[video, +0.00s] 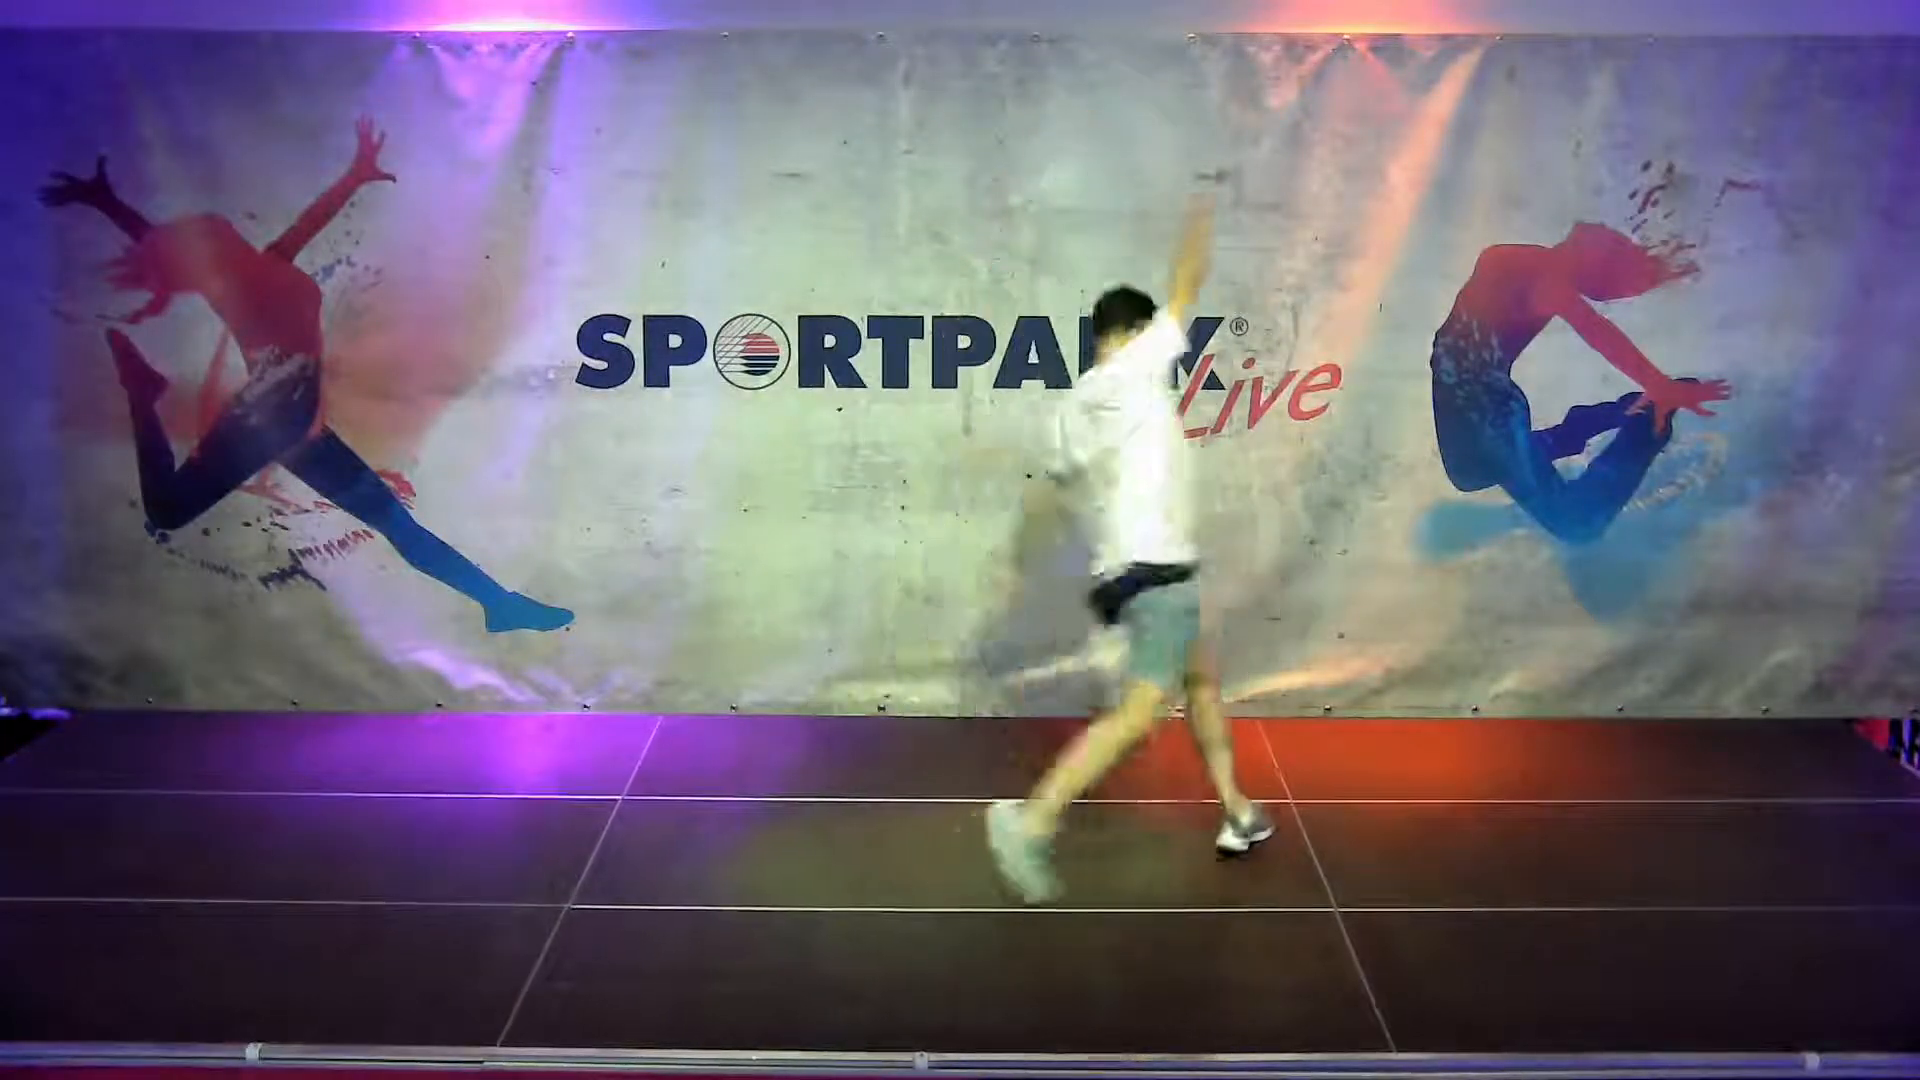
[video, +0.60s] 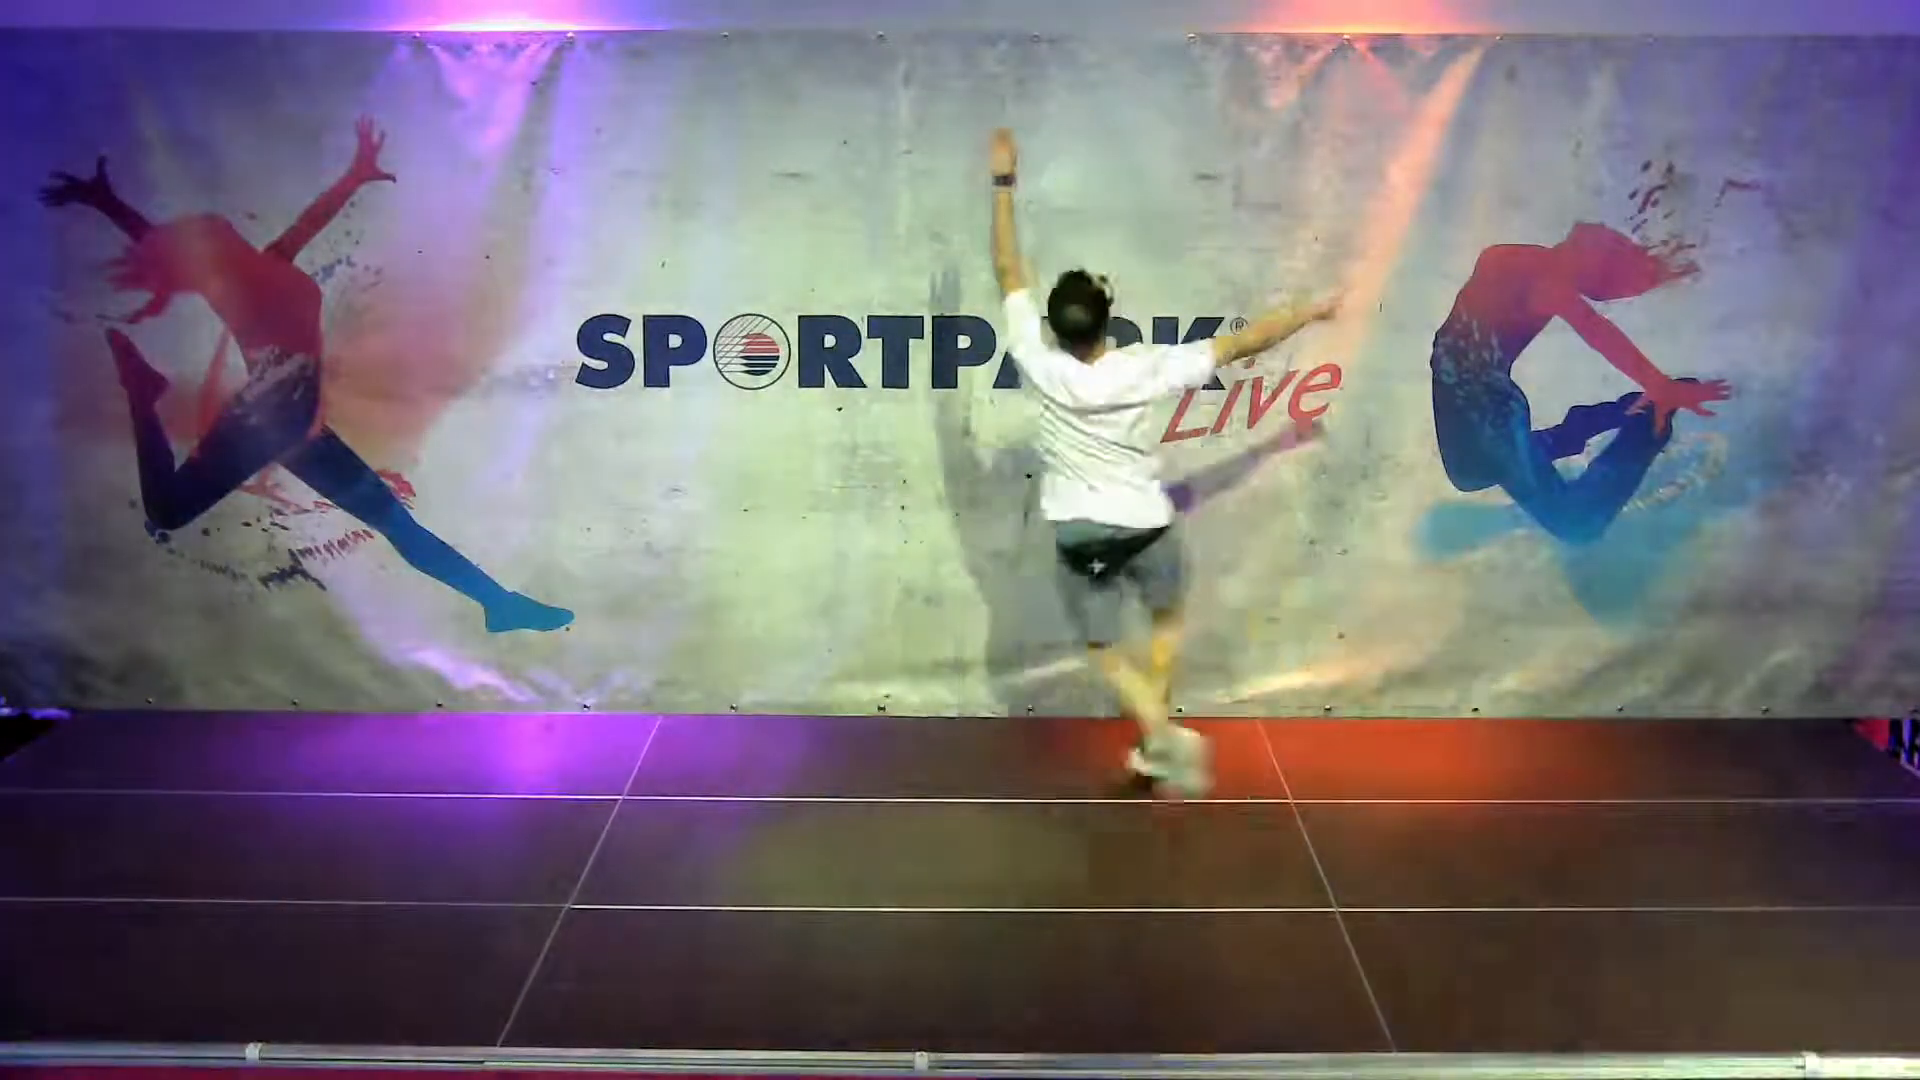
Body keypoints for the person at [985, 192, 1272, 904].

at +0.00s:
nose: (1150, 341)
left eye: (1142, 332)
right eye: (1145, 331)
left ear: (1095, 334)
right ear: (1135, 331)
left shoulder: (1071, 404)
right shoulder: (1142, 364)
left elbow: (1052, 485)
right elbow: (1185, 286)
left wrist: (1014, 563)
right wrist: (1204, 205)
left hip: (1117, 572)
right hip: (1163, 567)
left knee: (1199, 682)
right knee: (1140, 708)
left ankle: (1237, 813)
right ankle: (1029, 821)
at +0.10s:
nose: (1147, 320)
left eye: (1142, 311)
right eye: (1145, 309)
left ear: (1096, 312)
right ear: (1137, 307)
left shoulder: (1064, 373)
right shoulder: (1168, 341)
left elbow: (982, 405)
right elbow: (1227, 276)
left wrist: (906, 442)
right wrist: (1254, 217)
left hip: (1134, 549)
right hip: (1197, 537)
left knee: (1205, 676)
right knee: (1203, 672)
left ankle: (1239, 808)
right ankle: (1160, 811)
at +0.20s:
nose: (1143, 305)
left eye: (1134, 298)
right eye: (1141, 295)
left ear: (1090, 301)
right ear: (1142, 294)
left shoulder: (1061, 360)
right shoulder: (1176, 342)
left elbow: (971, 355)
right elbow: (1247, 278)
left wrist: (889, 351)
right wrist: (1293, 215)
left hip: (1141, 537)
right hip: (1203, 525)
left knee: (1194, 668)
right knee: (1240, 639)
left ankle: (1239, 800)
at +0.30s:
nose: (1106, 338)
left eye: (1096, 331)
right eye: (1120, 325)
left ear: (1083, 337)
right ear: (1143, 327)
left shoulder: (1070, 376)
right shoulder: (1187, 366)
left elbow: (1003, 303)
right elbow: (1267, 309)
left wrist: (946, 249)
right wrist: (1329, 253)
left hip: (1140, 553)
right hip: (1206, 535)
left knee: (1190, 680)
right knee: (1298, 625)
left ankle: (1251, 796)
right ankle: (1422, 707)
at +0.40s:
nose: (1136, 341)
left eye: (1111, 342)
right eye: (1134, 336)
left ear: (1083, 357)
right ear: (1139, 348)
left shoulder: (1071, 397)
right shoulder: (1178, 393)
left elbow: (1027, 297)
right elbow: (1257, 336)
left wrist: (994, 220)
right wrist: (1332, 283)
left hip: (1133, 570)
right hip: (1200, 548)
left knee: (1188, 690)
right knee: (1301, 621)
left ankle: (1254, 798)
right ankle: (1409, 708)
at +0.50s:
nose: (1123, 328)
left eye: (1099, 326)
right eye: (1121, 323)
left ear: (1070, 340)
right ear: (1121, 334)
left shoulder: (1056, 380)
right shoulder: (1159, 383)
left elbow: (1025, 282)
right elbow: (1249, 341)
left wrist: (1010, 198)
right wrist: (1324, 295)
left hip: (1108, 546)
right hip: (1173, 528)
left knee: (1171, 674)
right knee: (1251, 599)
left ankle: (1247, 786)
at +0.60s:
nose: (1091, 307)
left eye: (1074, 308)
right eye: (1098, 304)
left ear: (1057, 329)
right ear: (1106, 325)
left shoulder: (1045, 367)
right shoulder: (1146, 372)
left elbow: (1010, 273)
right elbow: (1235, 345)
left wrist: (1003, 183)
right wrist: (1306, 312)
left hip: (1077, 521)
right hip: (1142, 516)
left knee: (1100, 645)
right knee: (1168, 620)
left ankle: (1171, 735)